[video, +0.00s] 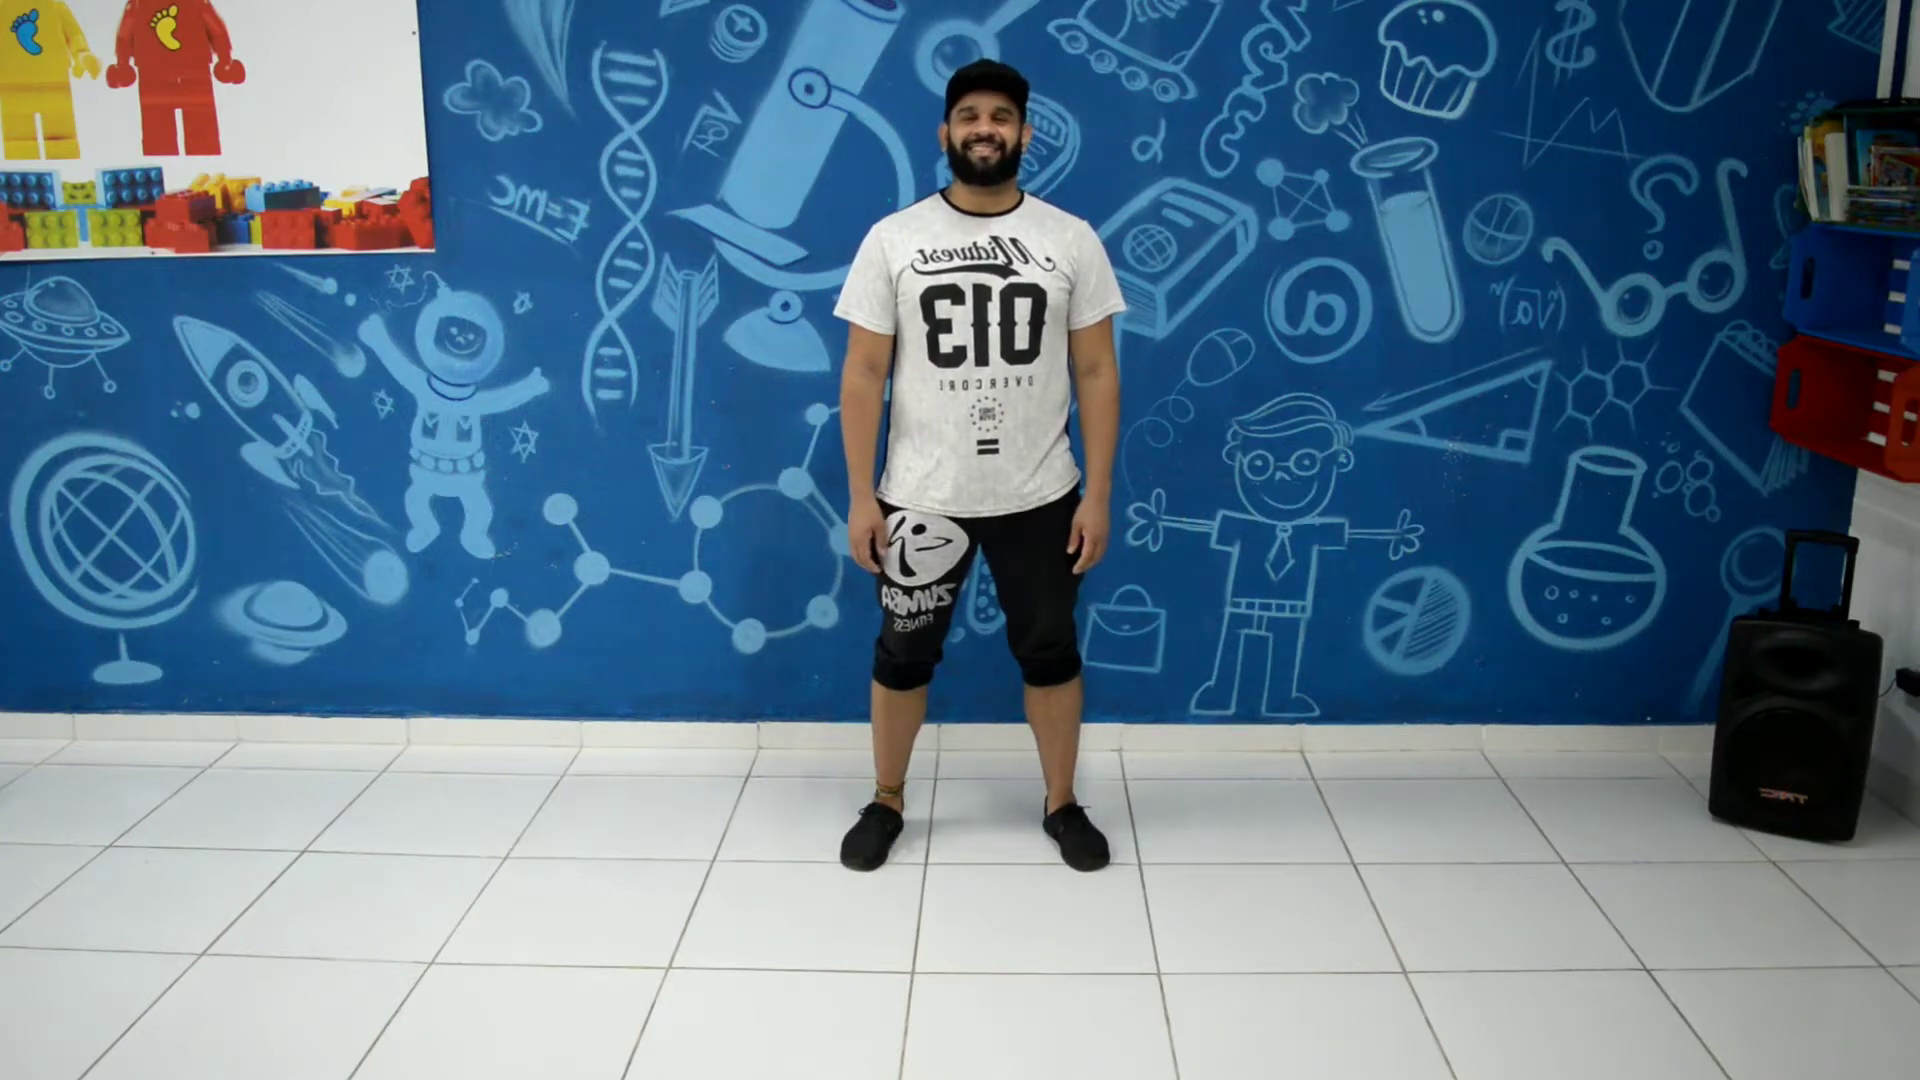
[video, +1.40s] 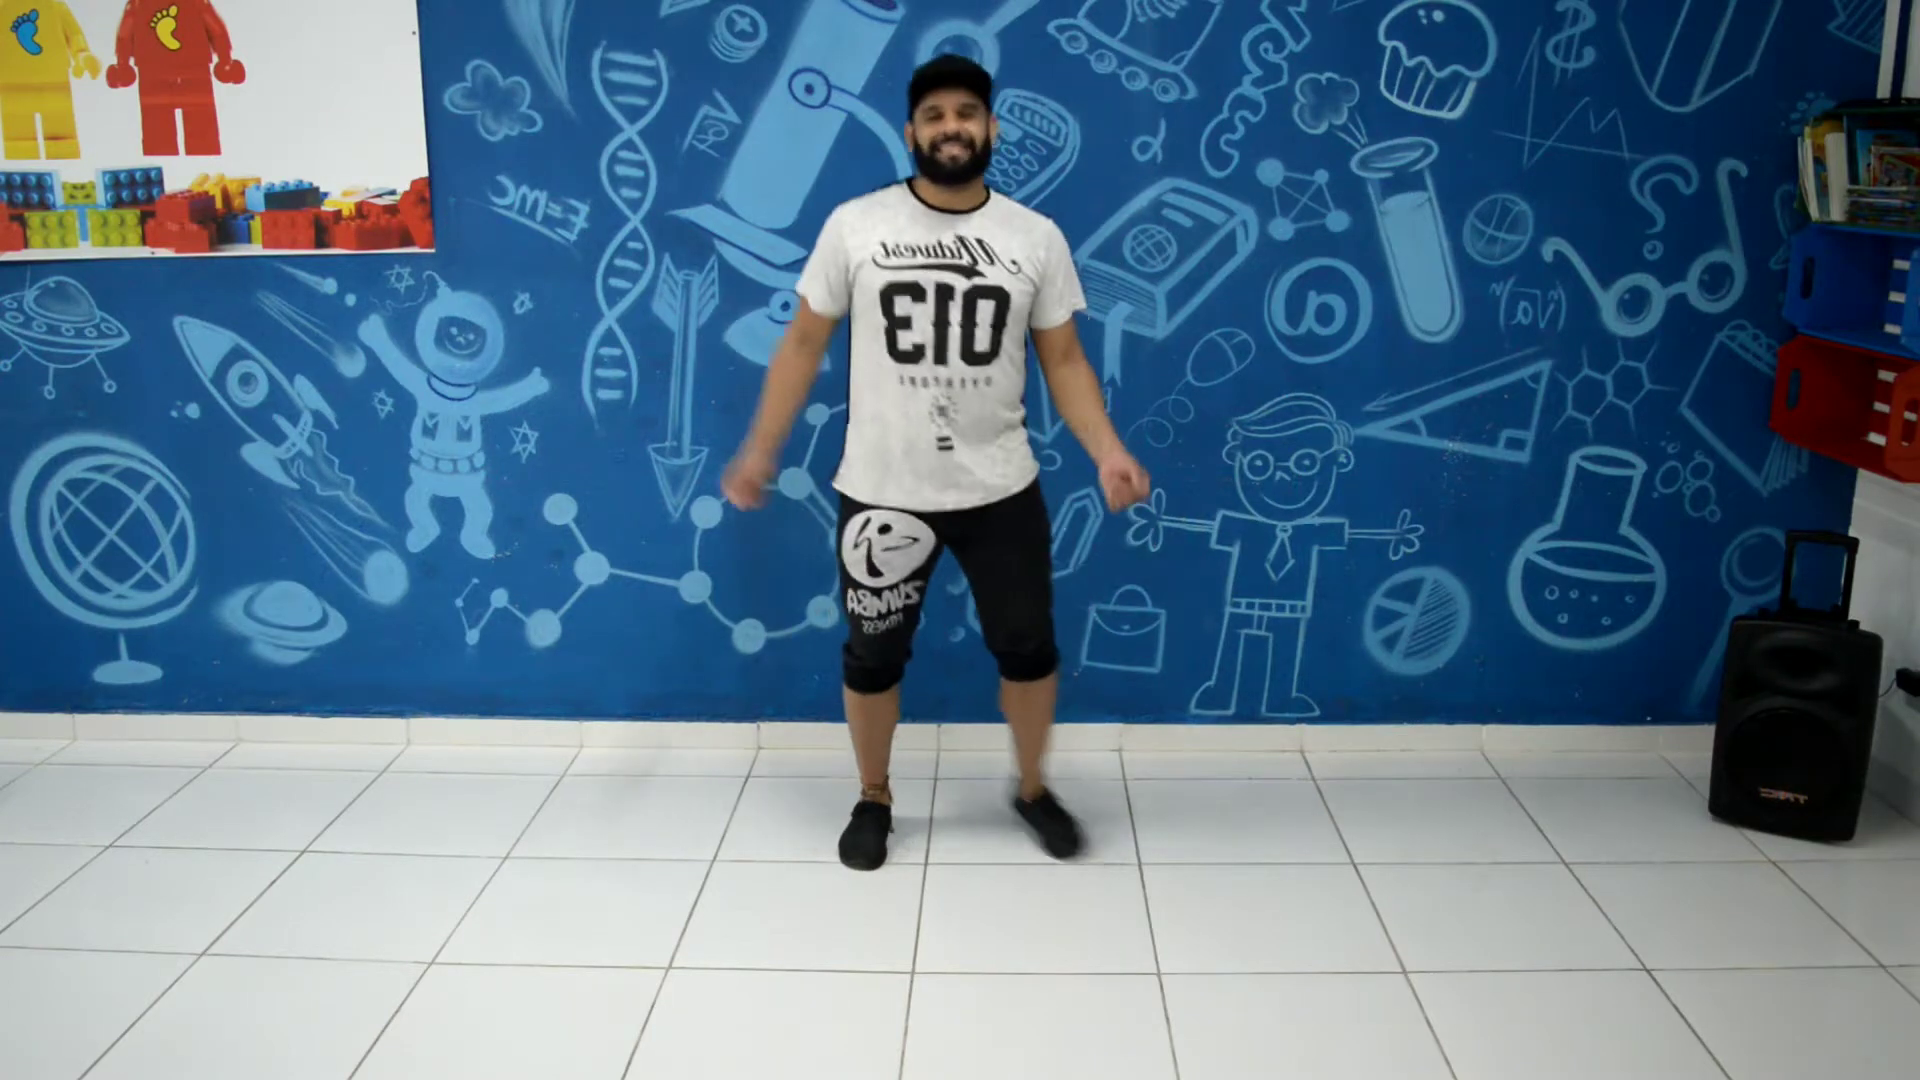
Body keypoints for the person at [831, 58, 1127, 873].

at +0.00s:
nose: (984, 130)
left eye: (1000, 118)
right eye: (969, 117)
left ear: (1023, 135)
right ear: (947, 133)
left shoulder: (1072, 241)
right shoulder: (894, 241)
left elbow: (1096, 370)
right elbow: (864, 373)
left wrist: (1098, 492)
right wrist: (862, 494)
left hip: (1037, 494)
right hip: (924, 494)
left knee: (1052, 653)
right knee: (903, 654)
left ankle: (1063, 804)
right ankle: (886, 801)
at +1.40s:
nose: (951, 127)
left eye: (968, 114)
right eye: (934, 115)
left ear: (992, 130)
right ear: (911, 130)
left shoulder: (1036, 239)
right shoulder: (854, 228)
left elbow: (1065, 360)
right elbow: (803, 343)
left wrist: (1108, 452)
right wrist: (760, 450)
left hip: (1000, 484)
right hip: (884, 484)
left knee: (1029, 647)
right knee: (873, 654)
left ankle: (1033, 790)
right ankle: (873, 798)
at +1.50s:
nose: (941, 135)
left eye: (954, 121)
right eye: (923, 126)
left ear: (981, 134)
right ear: (901, 148)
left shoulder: (1035, 248)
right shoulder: (854, 236)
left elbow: (1071, 360)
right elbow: (778, 325)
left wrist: (1113, 424)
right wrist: (700, 403)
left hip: (988, 494)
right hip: (875, 491)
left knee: (1010, 665)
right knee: (865, 664)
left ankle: (975, 763)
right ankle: (871, 800)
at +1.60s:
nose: (933, 157)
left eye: (947, 141)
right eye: (915, 148)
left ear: (975, 152)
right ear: (896, 168)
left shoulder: (1033, 262)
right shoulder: (853, 256)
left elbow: (1082, 365)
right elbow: (768, 316)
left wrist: (1109, 423)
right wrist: (665, 348)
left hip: (984, 512)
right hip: (873, 506)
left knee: (985, 684)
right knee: (860, 674)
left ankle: (946, 771)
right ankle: (871, 801)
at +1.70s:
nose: (922, 149)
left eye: (935, 131)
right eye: (906, 139)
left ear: (972, 132)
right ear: (894, 154)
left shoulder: (1038, 244)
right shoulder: (865, 238)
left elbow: (1101, 355)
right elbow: (788, 303)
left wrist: (1105, 449)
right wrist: (686, 307)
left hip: (996, 496)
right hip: (884, 492)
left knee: (1010, 670)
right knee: (870, 658)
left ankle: (982, 753)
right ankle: (872, 800)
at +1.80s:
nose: (911, 148)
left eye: (925, 130)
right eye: (901, 136)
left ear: (971, 125)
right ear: (894, 141)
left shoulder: (1044, 230)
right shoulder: (880, 228)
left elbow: (1115, 349)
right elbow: (816, 306)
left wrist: (1106, 475)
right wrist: (739, 290)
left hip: (1006, 487)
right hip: (897, 481)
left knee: (1029, 660)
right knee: (878, 647)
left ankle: (1051, 752)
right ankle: (884, 800)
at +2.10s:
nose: (970, 168)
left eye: (989, 152)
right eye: (961, 154)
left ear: (1034, 156)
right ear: (950, 164)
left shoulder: (1086, 253)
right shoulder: (940, 262)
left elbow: (1146, 372)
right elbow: (895, 371)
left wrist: (1150, 497)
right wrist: (927, 367)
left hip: (1061, 503)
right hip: (960, 496)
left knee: (1085, 662)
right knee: (907, 642)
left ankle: (1142, 800)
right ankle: (893, 804)